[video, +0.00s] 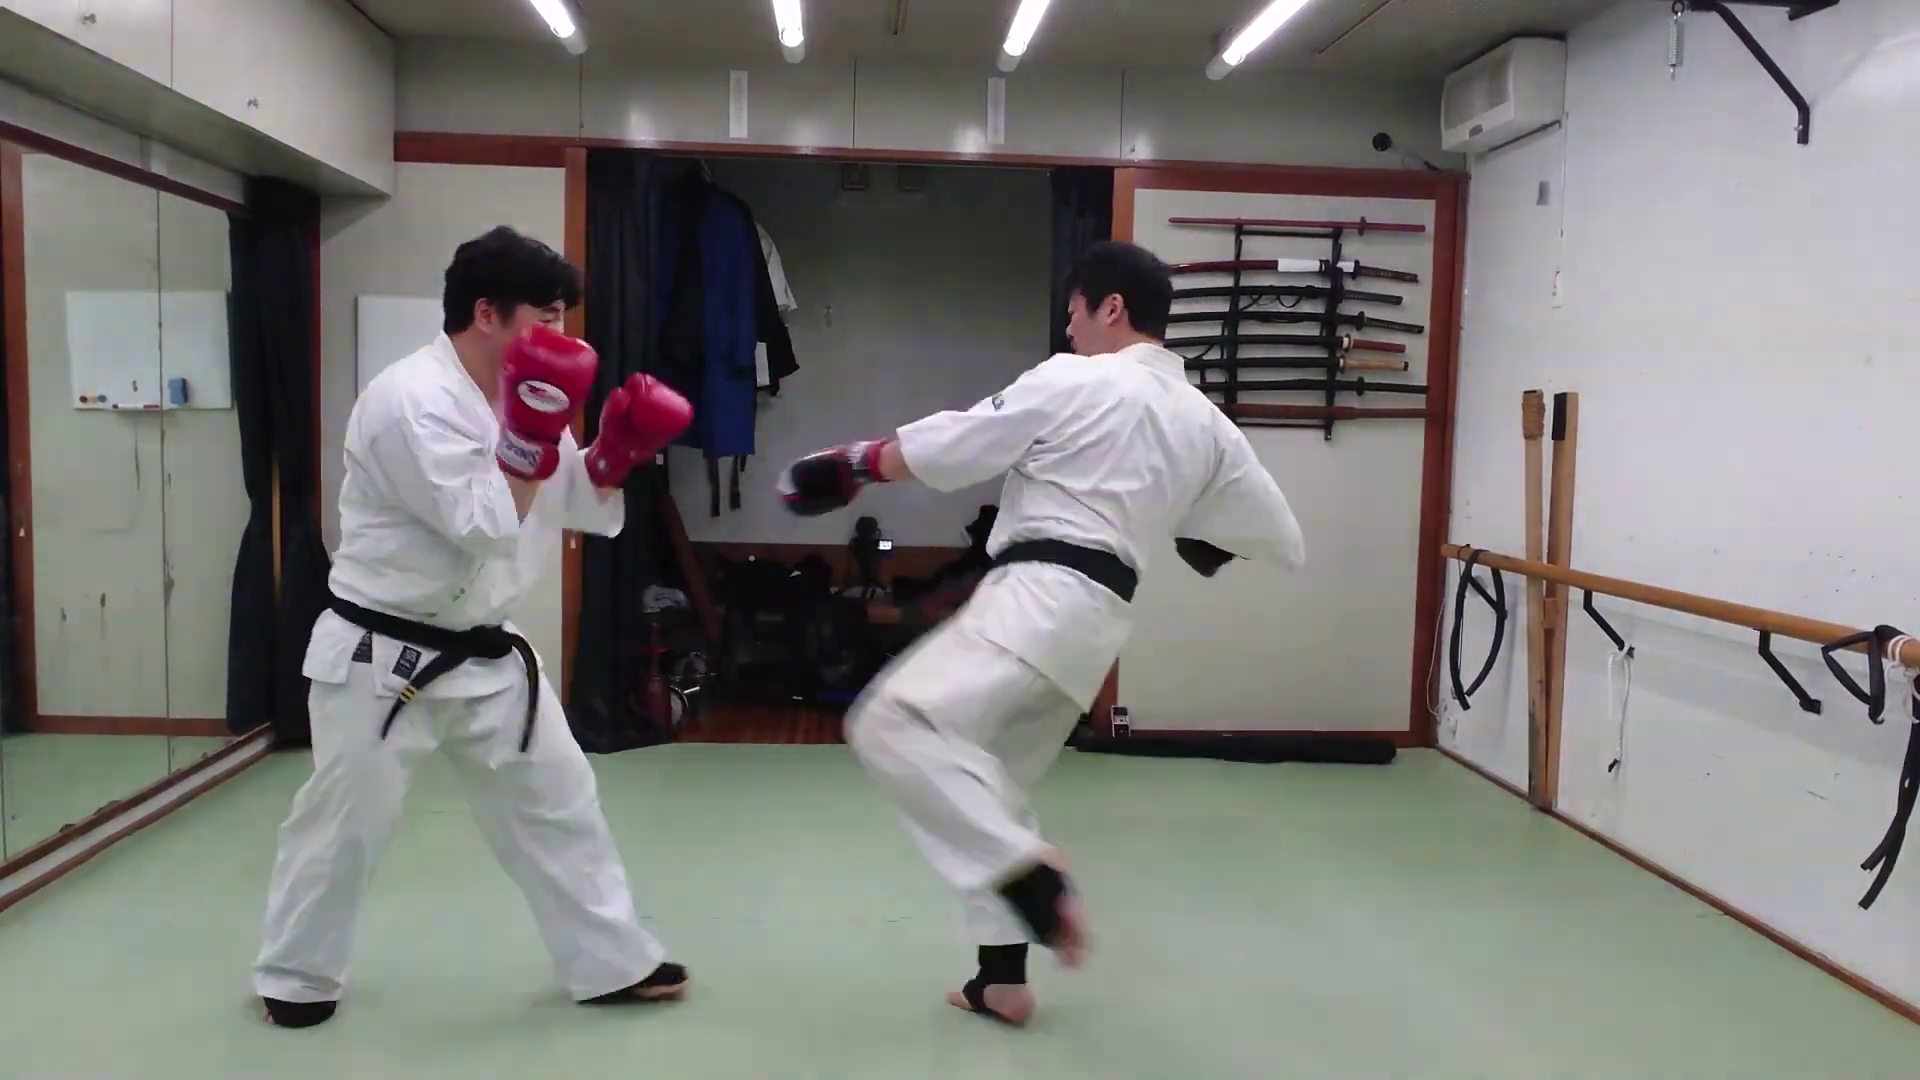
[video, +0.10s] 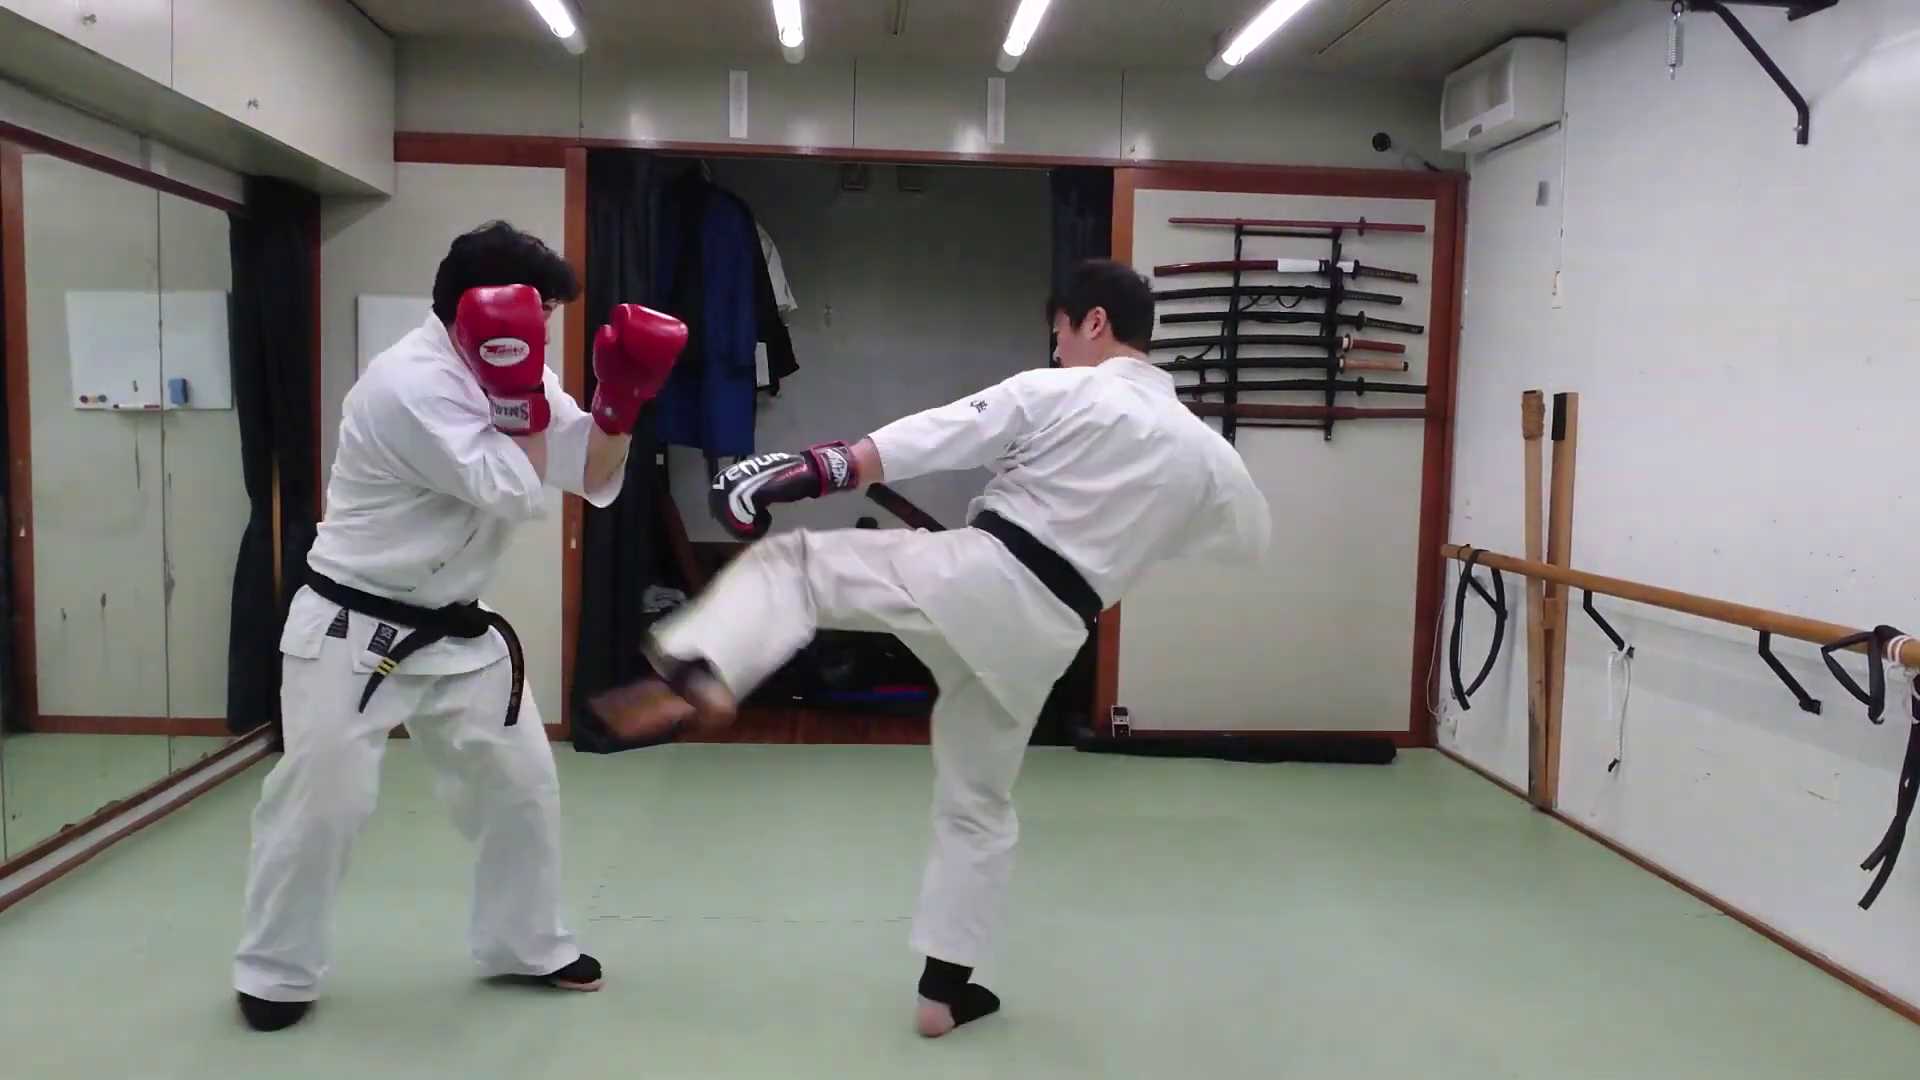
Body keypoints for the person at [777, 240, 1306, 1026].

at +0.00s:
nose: (1068, 330)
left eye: (1075, 313)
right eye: (1069, 314)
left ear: (1113, 309)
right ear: (1144, 316)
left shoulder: (1074, 379)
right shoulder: (1204, 420)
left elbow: (950, 449)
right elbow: (1276, 530)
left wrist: (854, 463)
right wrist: (1209, 539)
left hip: (1041, 590)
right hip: (1100, 618)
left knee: (889, 722)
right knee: (1003, 783)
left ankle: (1027, 874)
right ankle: (1001, 975)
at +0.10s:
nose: (1058, 349)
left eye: (1061, 332)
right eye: (1058, 334)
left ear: (1099, 324)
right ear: (1139, 331)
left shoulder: (1058, 391)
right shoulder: (1206, 453)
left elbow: (939, 436)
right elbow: (1248, 541)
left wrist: (817, 468)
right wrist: (1150, 507)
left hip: (975, 570)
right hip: (1044, 638)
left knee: (800, 563)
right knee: (977, 807)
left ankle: (706, 675)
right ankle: (947, 983)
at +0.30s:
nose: (1018, 352)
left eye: (1021, 335)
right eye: (1020, 339)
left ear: (1057, 322)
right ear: (1104, 337)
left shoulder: (1029, 377)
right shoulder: (1144, 476)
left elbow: (917, 414)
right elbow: (1084, 576)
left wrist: (799, 466)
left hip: (911, 574)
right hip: (987, 644)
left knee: (722, 565)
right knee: (945, 809)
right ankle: (940, 990)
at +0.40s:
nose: (982, 337)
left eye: (987, 321)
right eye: (984, 322)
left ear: (1023, 311)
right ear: (1065, 324)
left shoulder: (988, 370)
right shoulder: (1112, 451)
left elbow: (852, 442)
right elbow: (1058, 548)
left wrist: (734, 449)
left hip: (881, 587)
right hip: (976, 643)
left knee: (712, 680)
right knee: (947, 820)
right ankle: (943, 997)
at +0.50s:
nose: (939, 332)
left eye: (942, 317)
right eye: (939, 319)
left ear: (976, 307)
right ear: (1021, 318)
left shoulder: (927, 374)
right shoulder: (1077, 437)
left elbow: (804, 458)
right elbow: (1017, 535)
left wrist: (765, 414)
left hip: (857, 609)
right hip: (963, 645)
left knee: (759, 784)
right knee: (953, 827)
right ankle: (946, 996)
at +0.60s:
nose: (897, 363)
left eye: (900, 347)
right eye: (899, 349)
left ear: (928, 339)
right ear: (984, 350)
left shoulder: (879, 416)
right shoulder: (1034, 454)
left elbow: (747, 500)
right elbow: (1000, 554)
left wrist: (743, 442)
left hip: (846, 670)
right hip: (959, 687)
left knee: (771, 846)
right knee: (982, 843)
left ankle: (744, 1015)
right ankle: (1004, 1002)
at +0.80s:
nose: (892, 379)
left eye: (892, 364)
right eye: (889, 367)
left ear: (924, 342)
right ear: (975, 341)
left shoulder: (918, 414)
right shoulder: (1049, 418)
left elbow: (809, 502)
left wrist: (836, 420)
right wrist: (890, 417)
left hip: (915, 658)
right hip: (1024, 667)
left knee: (809, 820)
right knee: (1051, 851)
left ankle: (748, 1004)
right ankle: (1138, 1036)